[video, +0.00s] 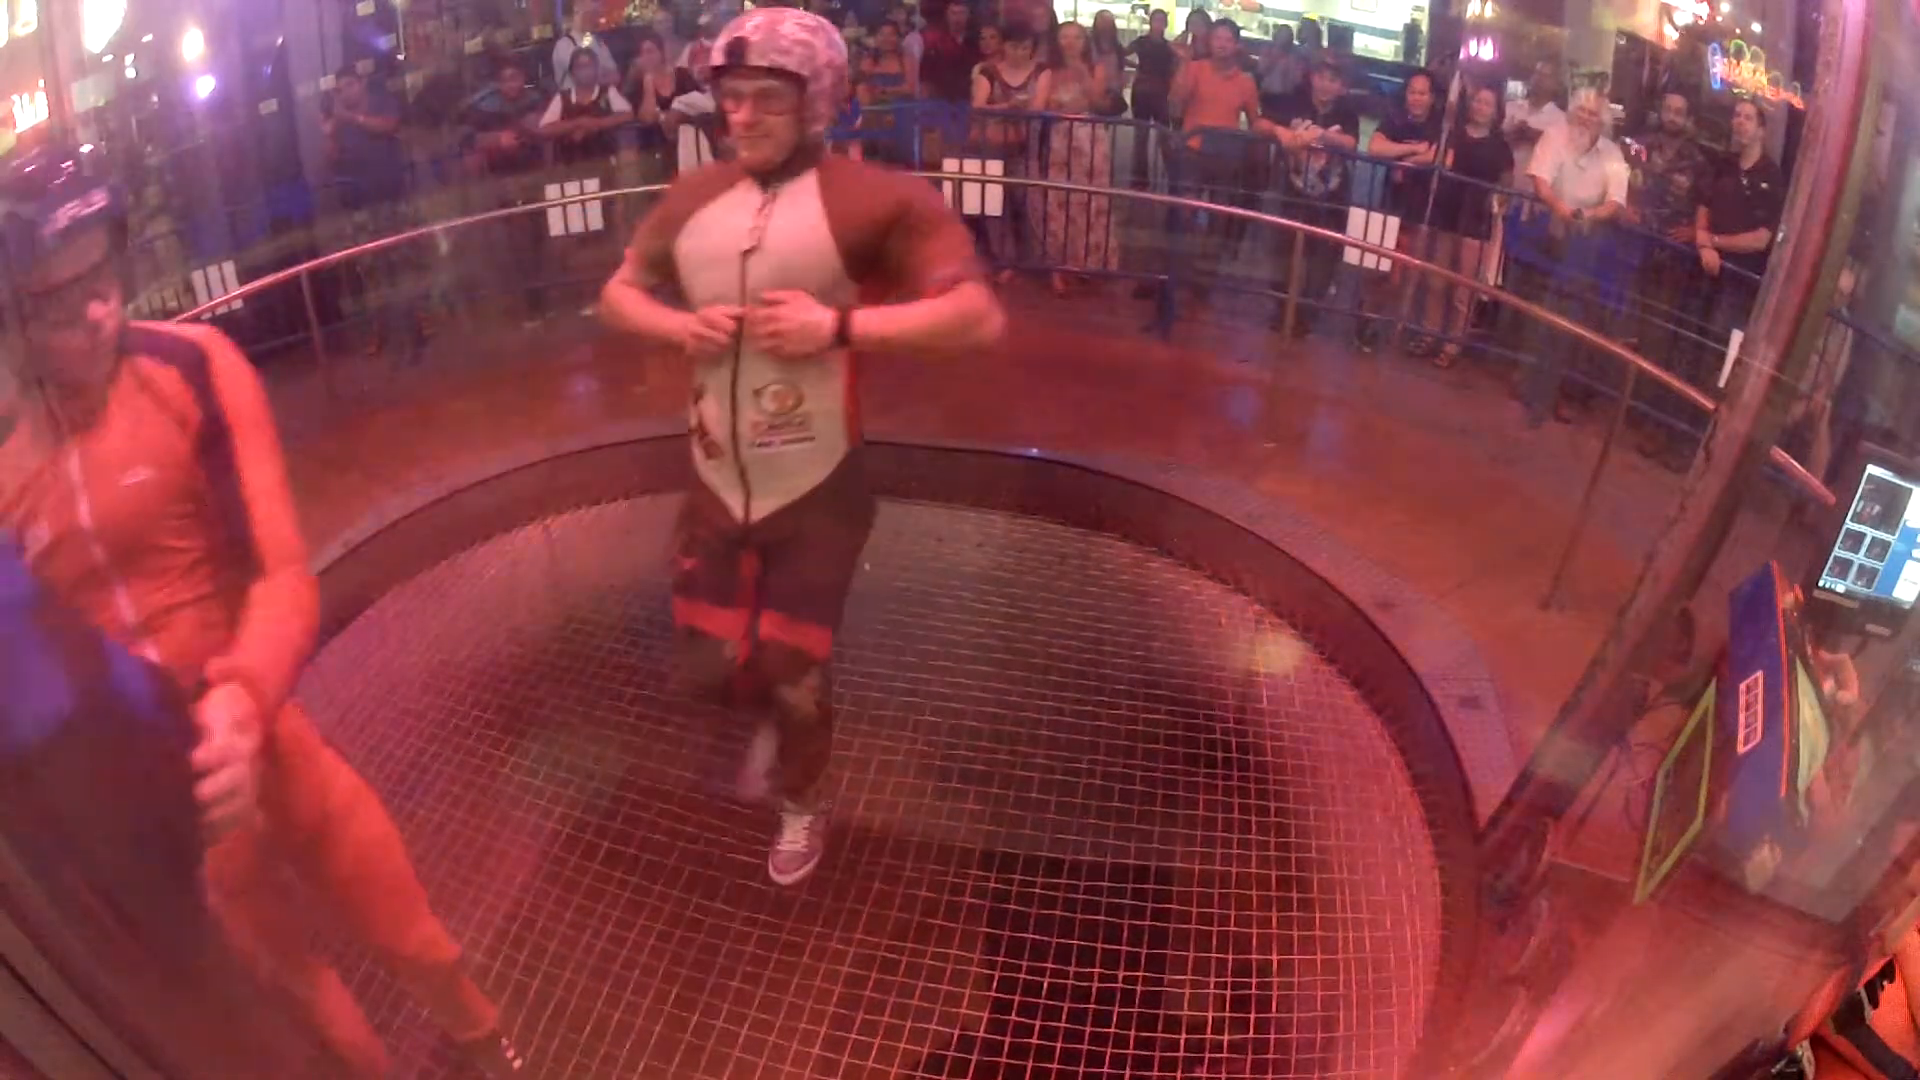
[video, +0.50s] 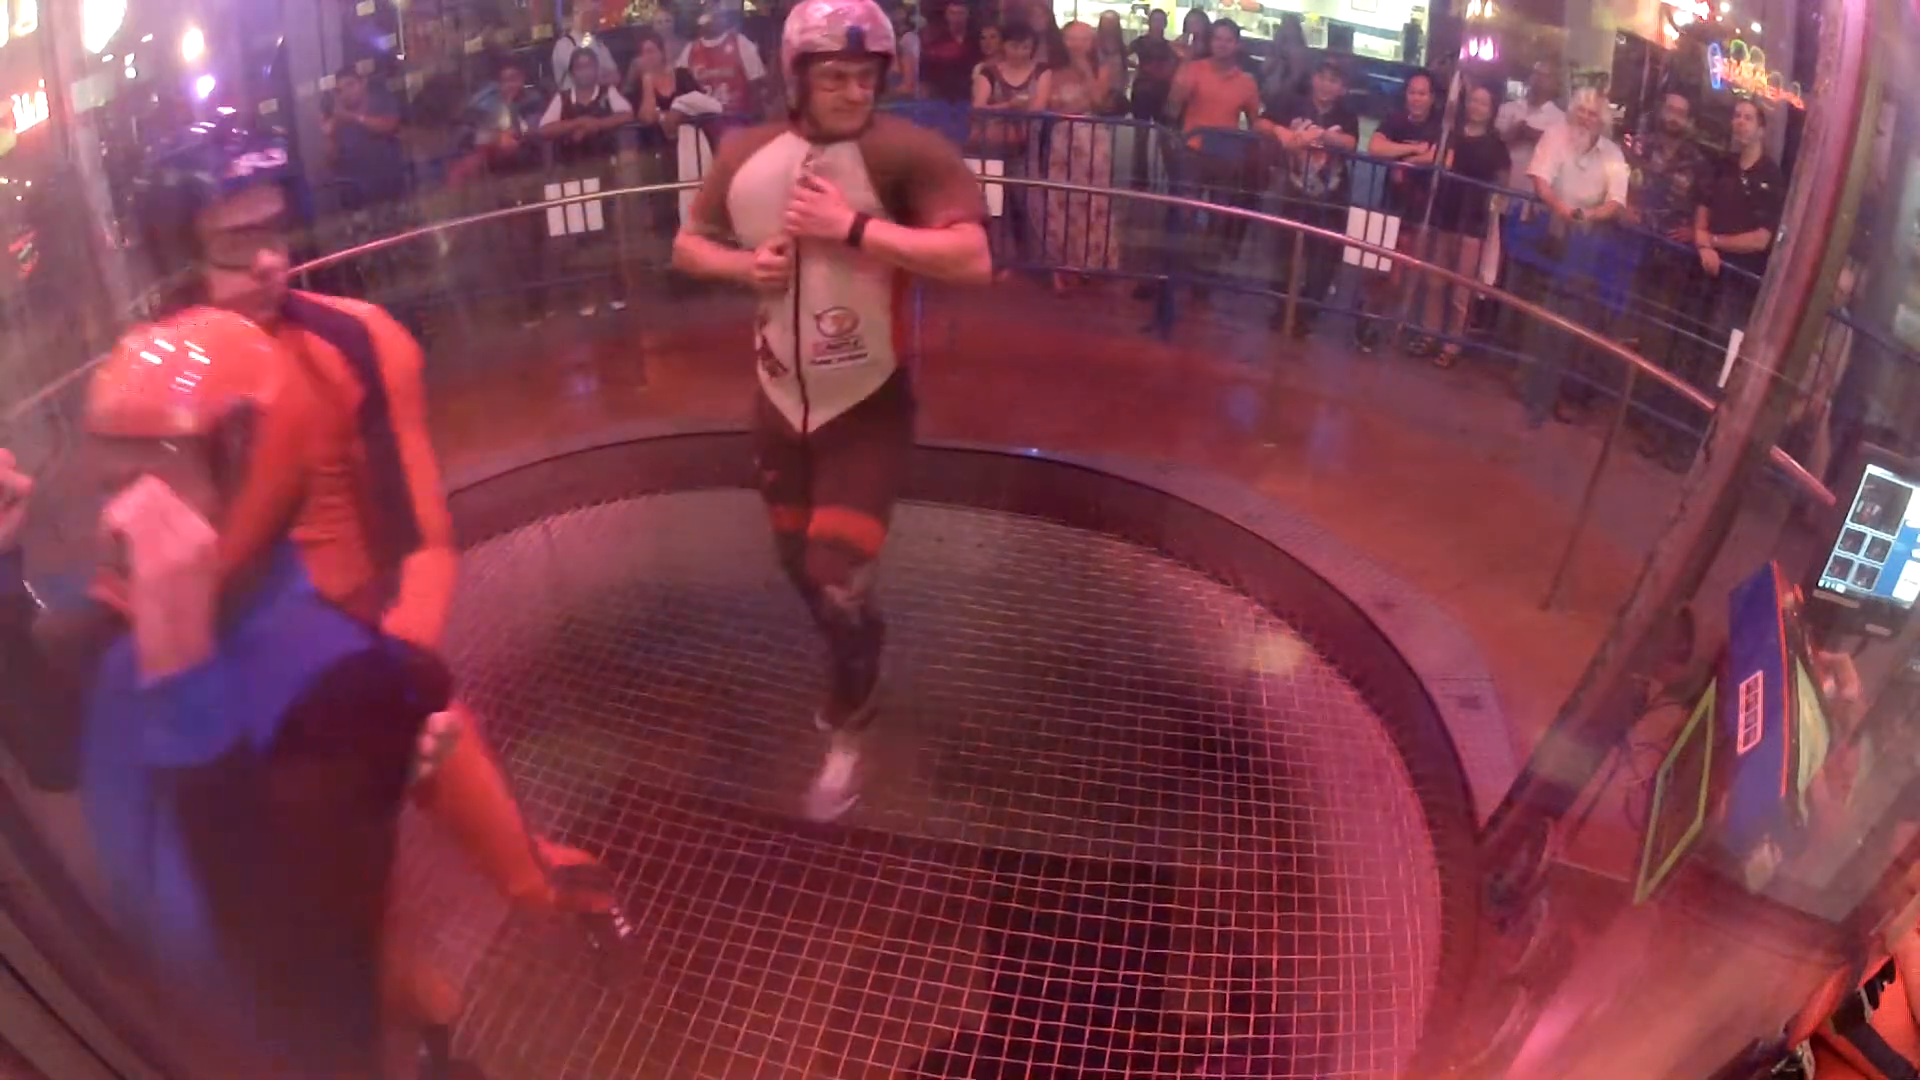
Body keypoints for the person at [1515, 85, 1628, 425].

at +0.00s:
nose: (1585, 118)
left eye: (1592, 114)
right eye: (1581, 111)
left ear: (1603, 120)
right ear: (1570, 111)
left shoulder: (1612, 154)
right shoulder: (1555, 136)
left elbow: (1616, 201)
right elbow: (1540, 181)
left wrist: (1590, 215)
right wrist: (1560, 209)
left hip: (1587, 229)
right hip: (1551, 220)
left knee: (1572, 302)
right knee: (1539, 297)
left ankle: (1555, 387)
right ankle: (1527, 378)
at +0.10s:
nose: (1585, 118)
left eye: (1592, 114)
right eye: (1581, 110)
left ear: (1603, 119)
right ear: (1571, 110)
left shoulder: (1611, 153)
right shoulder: (1556, 136)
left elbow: (1616, 201)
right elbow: (1539, 179)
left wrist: (1590, 214)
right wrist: (1560, 208)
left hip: (1587, 227)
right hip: (1552, 219)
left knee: (1570, 301)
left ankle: (1548, 389)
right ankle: (1528, 378)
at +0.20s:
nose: (1585, 118)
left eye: (1592, 114)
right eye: (1581, 111)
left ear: (1603, 119)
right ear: (1570, 111)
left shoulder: (1612, 153)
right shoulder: (1556, 136)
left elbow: (1616, 201)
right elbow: (1539, 179)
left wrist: (1590, 214)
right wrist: (1560, 207)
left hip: (1587, 229)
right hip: (1551, 220)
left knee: (1570, 301)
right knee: (1538, 295)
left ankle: (1549, 389)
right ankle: (1528, 378)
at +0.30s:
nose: (1585, 118)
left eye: (1592, 114)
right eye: (1581, 111)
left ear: (1603, 119)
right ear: (1570, 110)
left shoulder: (1612, 153)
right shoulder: (1555, 136)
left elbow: (1616, 201)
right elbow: (1539, 179)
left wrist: (1590, 214)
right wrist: (1560, 207)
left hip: (1587, 229)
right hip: (1551, 220)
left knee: (1571, 301)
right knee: (1539, 295)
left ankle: (1549, 389)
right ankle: (1528, 379)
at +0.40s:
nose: (1585, 118)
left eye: (1592, 114)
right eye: (1581, 111)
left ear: (1603, 119)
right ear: (1570, 110)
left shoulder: (1612, 153)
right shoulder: (1555, 136)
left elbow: (1616, 201)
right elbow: (1539, 179)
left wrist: (1590, 214)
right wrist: (1560, 208)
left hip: (1587, 228)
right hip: (1551, 220)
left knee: (1571, 302)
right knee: (1538, 295)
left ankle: (1549, 388)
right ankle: (1528, 379)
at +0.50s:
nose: (1585, 118)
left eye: (1593, 114)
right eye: (1581, 111)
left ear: (1603, 119)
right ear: (1571, 111)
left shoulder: (1612, 153)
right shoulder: (1556, 135)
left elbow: (1616, 201)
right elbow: (1539, 178)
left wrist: (1591, 214)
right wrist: (1559, 207)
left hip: (1587, 229)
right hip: (1551, 220)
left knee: (1572, 300)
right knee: (1539, 296)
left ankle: (1554, 387)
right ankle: (1529, 378)